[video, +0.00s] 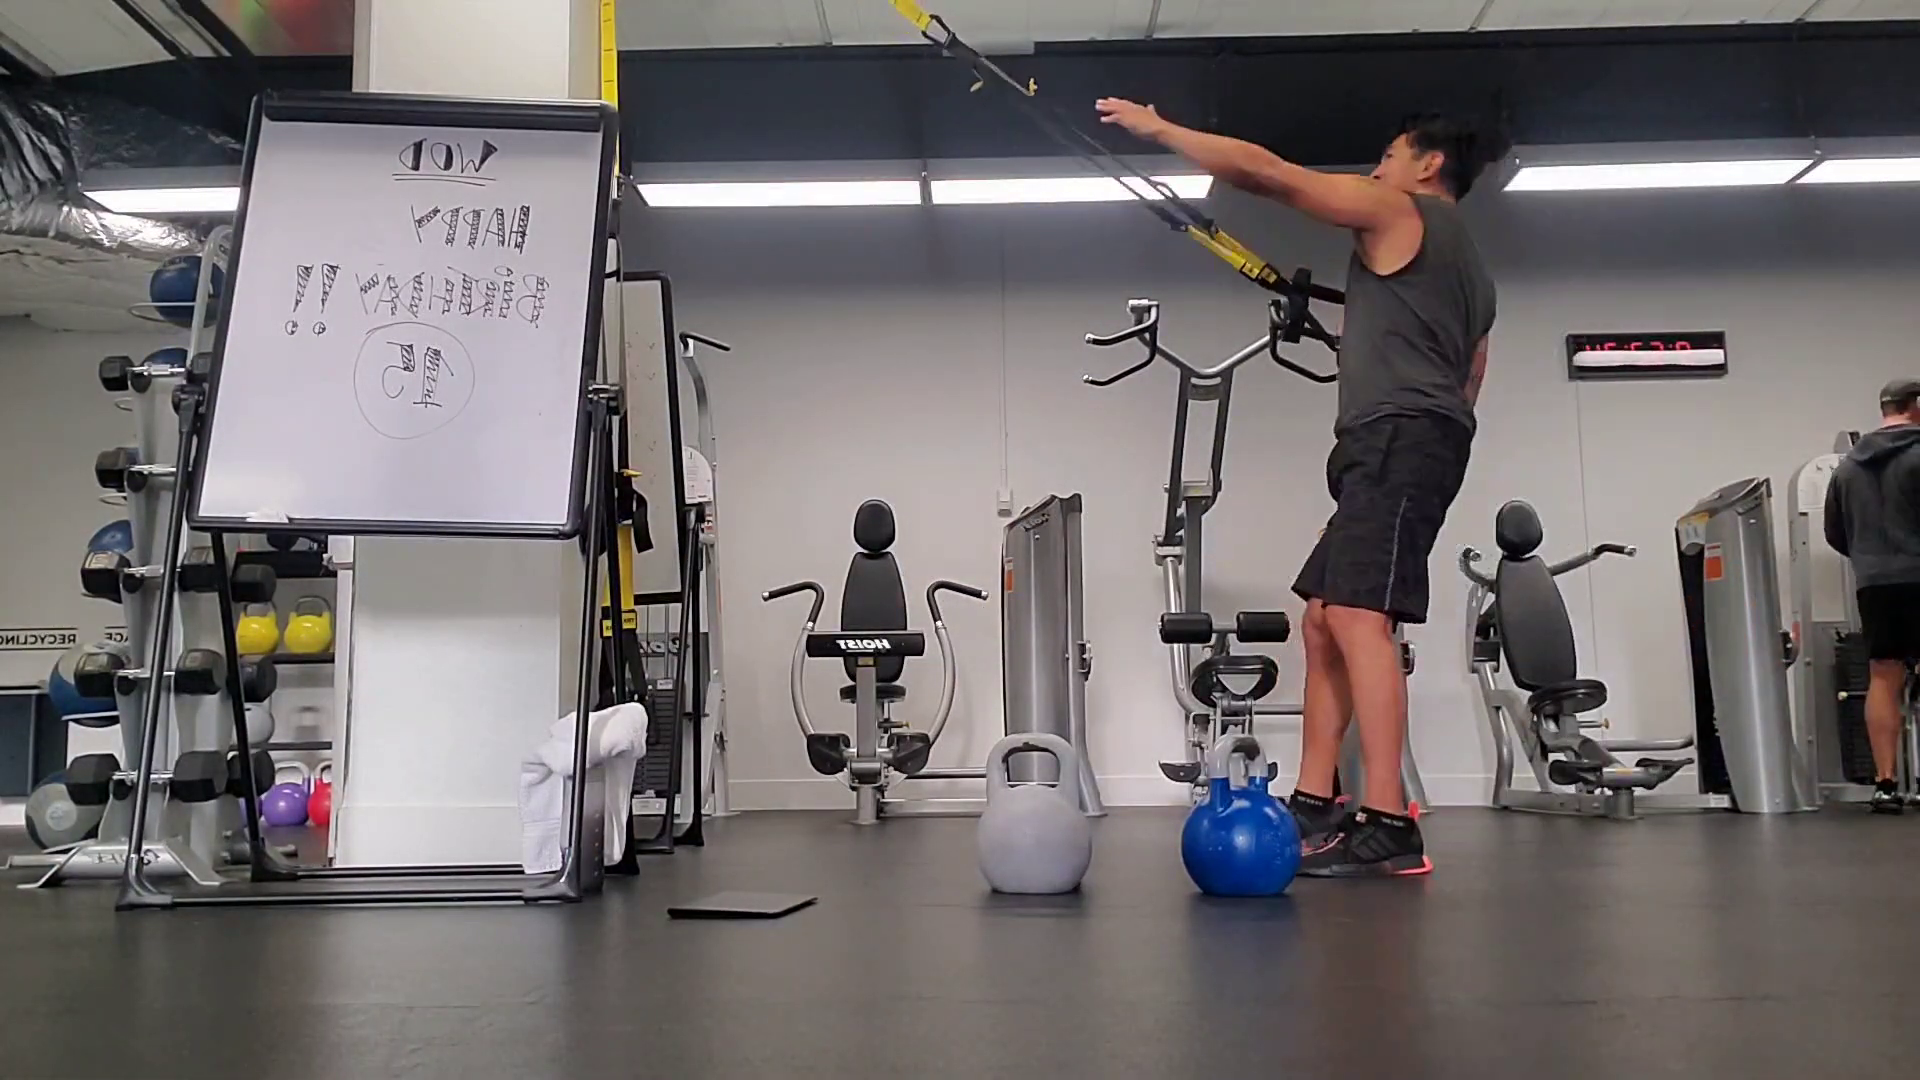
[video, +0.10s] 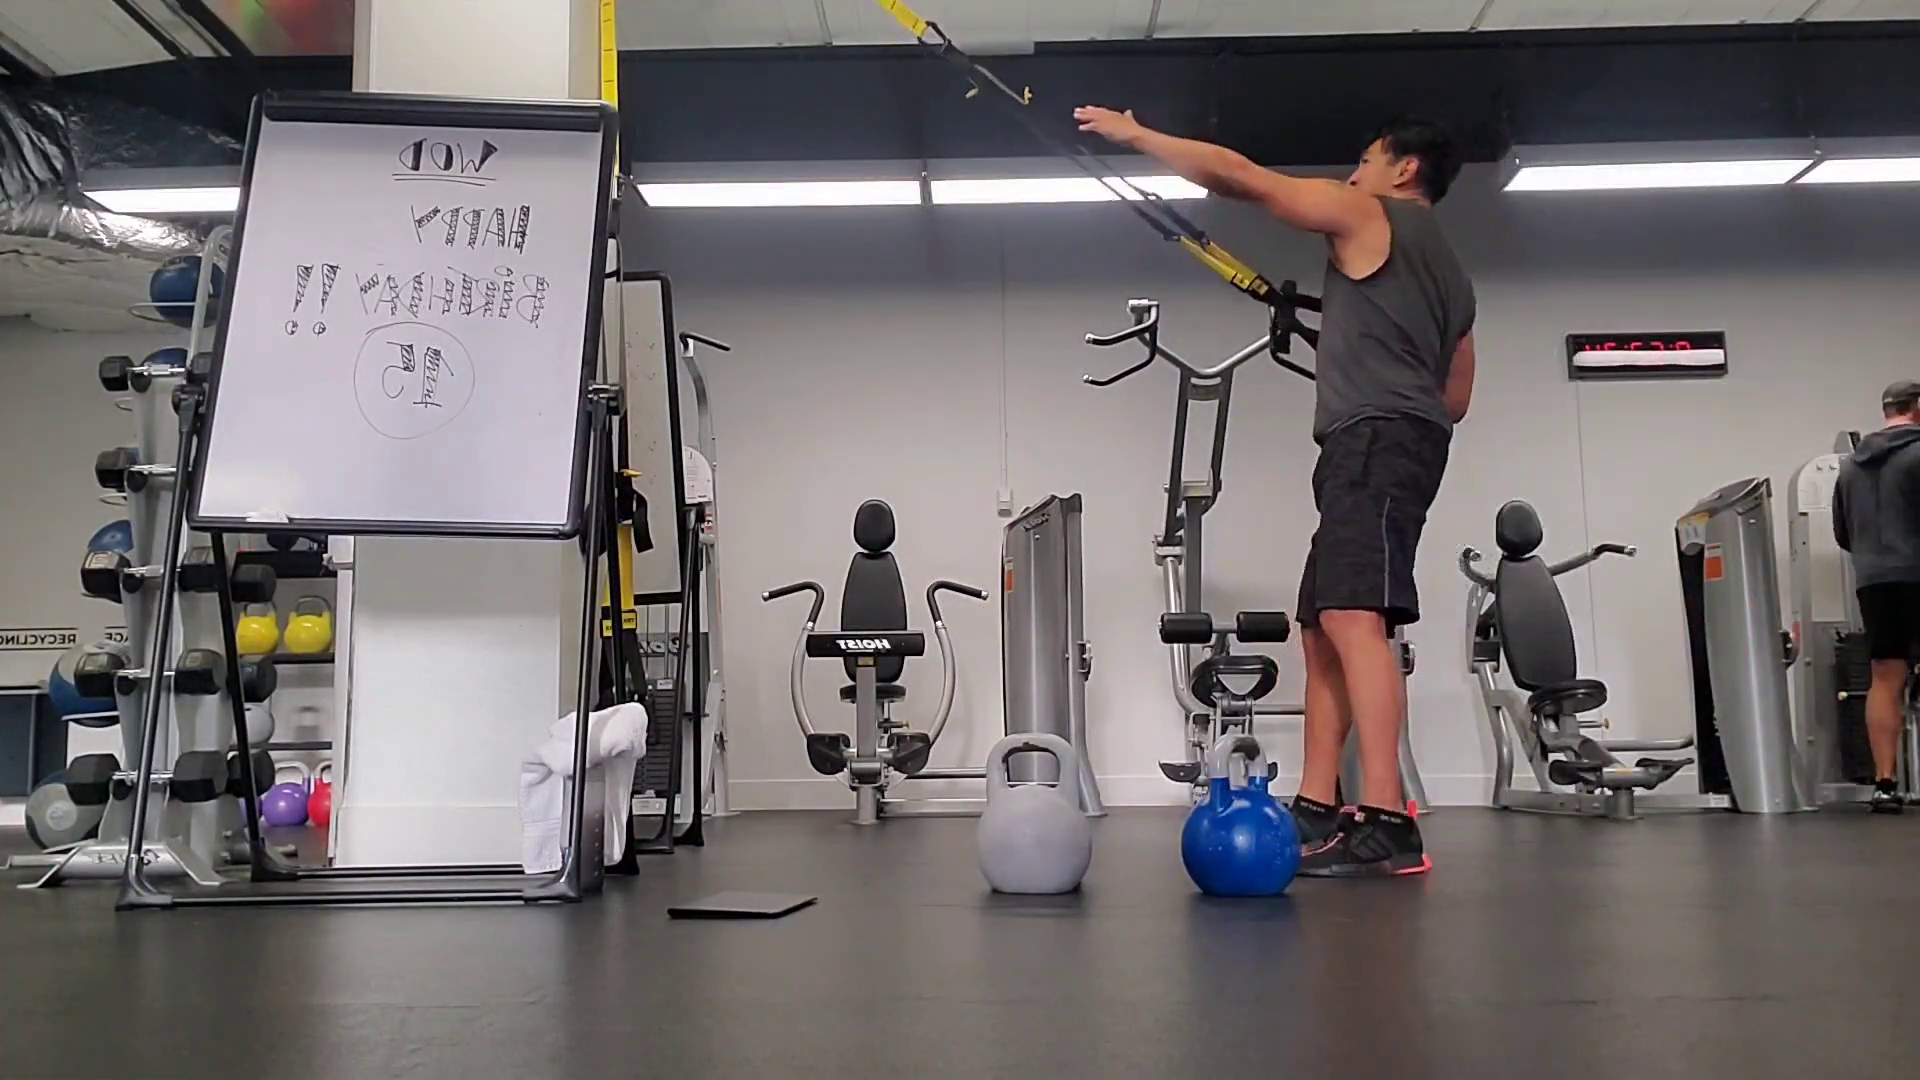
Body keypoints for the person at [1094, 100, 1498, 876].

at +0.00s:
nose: (1380, 164)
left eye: (1393, 153)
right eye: (1387, 153)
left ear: (1432, 164)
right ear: (1442, 171)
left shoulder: (1398, 206)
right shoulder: (1468, 265)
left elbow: (1269, 172)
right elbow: (1466, 384)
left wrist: (1158, 128)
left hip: (1399, 433)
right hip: (1421, 440)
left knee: (1360, 615)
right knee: (1321, 617)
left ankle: (1387, 822)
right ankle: (1315, 803)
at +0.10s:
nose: (1357, 170)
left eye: (1369, 159)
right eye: (1364, 159)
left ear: (1406, 169)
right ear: (1418, 177)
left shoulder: (1365, 211)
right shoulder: (1448, 271)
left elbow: (1239, 175)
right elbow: (1454, 396)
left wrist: (1132, 132)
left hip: (1375, 437)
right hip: (1405, 441)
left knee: (1354, 618)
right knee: (1320, 626)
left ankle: (1388, 821)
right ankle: (1319, 808)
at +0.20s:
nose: (1338, 177)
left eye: (1351, 165)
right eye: (1345, 165)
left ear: (1390, 175)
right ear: (1400, 183)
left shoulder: (1348, 215)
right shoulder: (1433, 273)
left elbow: (1222, 183)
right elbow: (1444, 399)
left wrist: (1115, 146)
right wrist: (1340, 362)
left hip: (1362, 438)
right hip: (1395, 441)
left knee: (1345, 614)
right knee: (1315, 625)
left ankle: (1385, 813)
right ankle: (1318, 807)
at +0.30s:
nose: (1326, 184)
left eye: (1339, 172)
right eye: (1332, 172)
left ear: (1379, 176)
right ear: (1391, 184)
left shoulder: (1343, 220)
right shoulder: (1424, 274)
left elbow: (1218, 191)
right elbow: (1440, 398)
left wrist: (1113, 158)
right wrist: (1335, 354)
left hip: (1360, 437)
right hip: (1389, 440)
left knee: (1335, 613)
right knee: (1316, 621)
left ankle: (1383, 809)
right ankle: (1319, 806)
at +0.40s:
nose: (1324, 186)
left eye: (1335, 173)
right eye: (1329, 174)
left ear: (1376, 177)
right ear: (1388, 186)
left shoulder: (1351, 222)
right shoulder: (1420, 269)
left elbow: (1225, 192)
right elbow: (1435, 400)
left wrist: (1118, 158)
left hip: (1362, 440)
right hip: (1384, 443)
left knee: (1333, 612)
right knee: (1313, 622)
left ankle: (1384, 810)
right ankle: (1318, 806)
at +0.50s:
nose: (1333, 188)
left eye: (1343, 175)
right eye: (1337, 176)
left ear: (1383, 178)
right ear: (1395, 186)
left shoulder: (1370, 225)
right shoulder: (1423, 274)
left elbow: (1250, 191)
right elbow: (1431, 400)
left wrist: (1140, 147)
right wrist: (1333, 362)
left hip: (1375, 439)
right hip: (1370, 446)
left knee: (1344, 616)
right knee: (1309, 629)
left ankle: (1387, 816)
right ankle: (1316, 808)